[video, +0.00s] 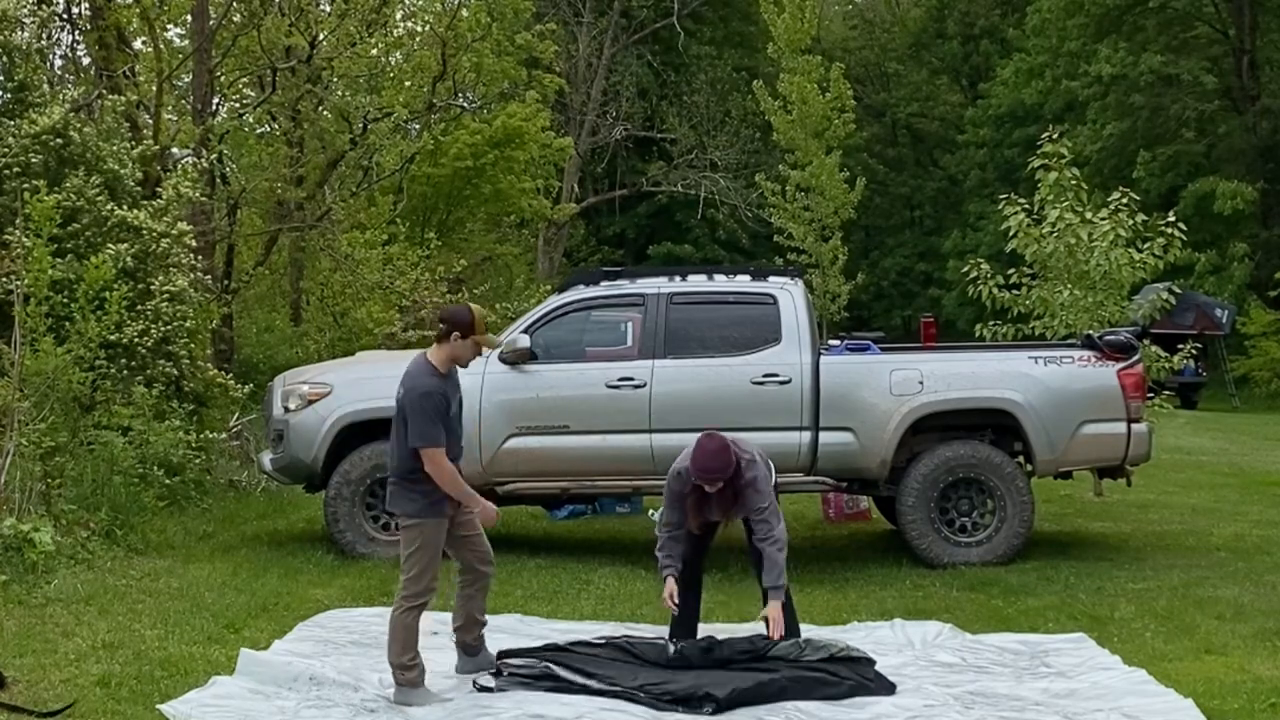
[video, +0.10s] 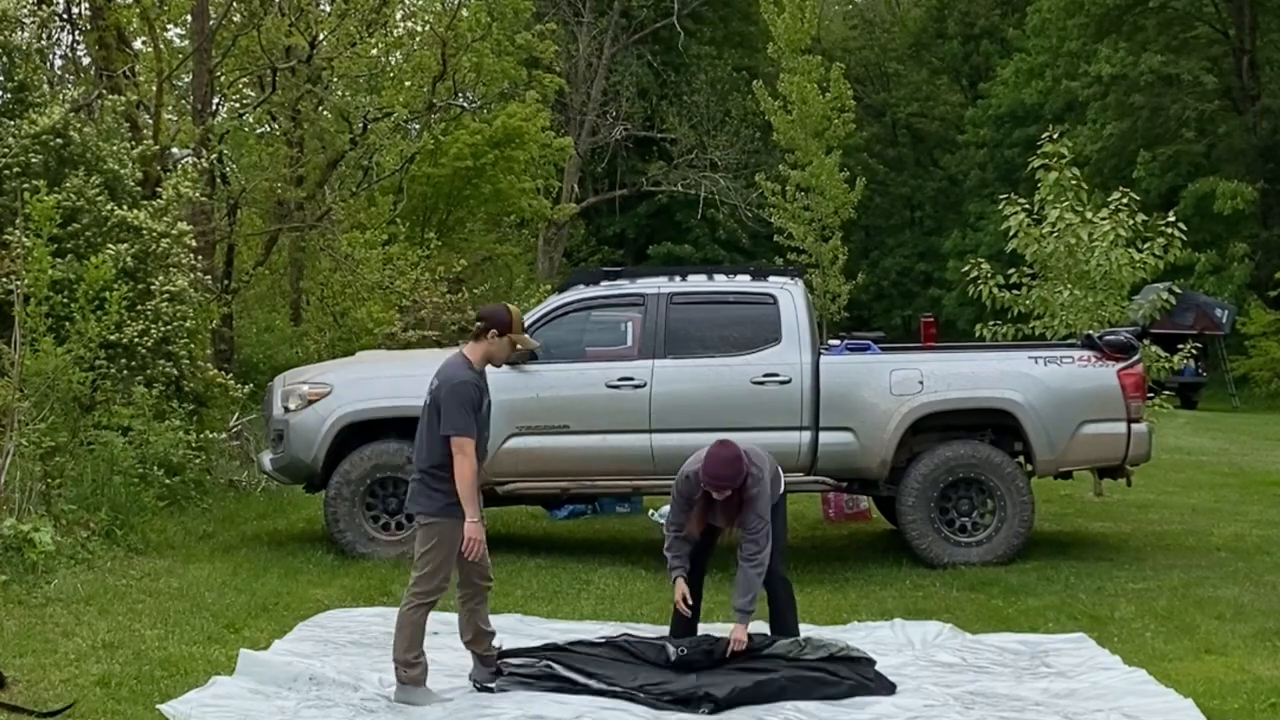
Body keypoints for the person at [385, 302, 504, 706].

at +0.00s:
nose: (478, 352)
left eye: (479, 345)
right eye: (475, 345)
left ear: (454, 338)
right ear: (454, 339)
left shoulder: (444, 372)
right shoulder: (423, 387)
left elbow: (445, 447)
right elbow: (434, 462)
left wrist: (460, 493)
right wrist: (476, 500)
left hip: (449, 496)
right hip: (420, 503)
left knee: (479, 565)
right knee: (415, 593)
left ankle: (471, 653)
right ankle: (407, 683)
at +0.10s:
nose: (514, 351)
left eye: (515, 344)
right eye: (511, 343)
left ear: (488, 337)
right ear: (491, 337)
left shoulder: (469, 374)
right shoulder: (460, 381)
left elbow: (464, 454)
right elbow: (463, 455)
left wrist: (468, 511)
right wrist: (473, 519)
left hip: (460, 502)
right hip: (439, 505)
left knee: (476, 582)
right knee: (424, 592)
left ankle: (485, 667)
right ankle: (408, 682)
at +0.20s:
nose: (536, 353)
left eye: (539, 346)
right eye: (536, 344)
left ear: (517, 334)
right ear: (516, 335)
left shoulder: (496, 372)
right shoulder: (483, 373)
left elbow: (489, 440)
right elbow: (474, 442)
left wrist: (503, 484)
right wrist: (478, 504)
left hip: (481, 498)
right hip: (453, 498)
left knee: (487, 581)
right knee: (439, 584)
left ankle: (486, 664)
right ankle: (413, 676)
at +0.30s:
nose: (541, 348)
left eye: (544, 342)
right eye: (541, 339)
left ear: (521, 330)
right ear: (522, 330)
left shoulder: (499, 366)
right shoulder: (493, 369)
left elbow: (503, 441)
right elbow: (507, 439)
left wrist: (520, 485)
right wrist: (535, 491)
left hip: (489, 494)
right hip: (470, 494)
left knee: (487, 581)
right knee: (458, 579)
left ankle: (487, 665)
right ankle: (422, 670)